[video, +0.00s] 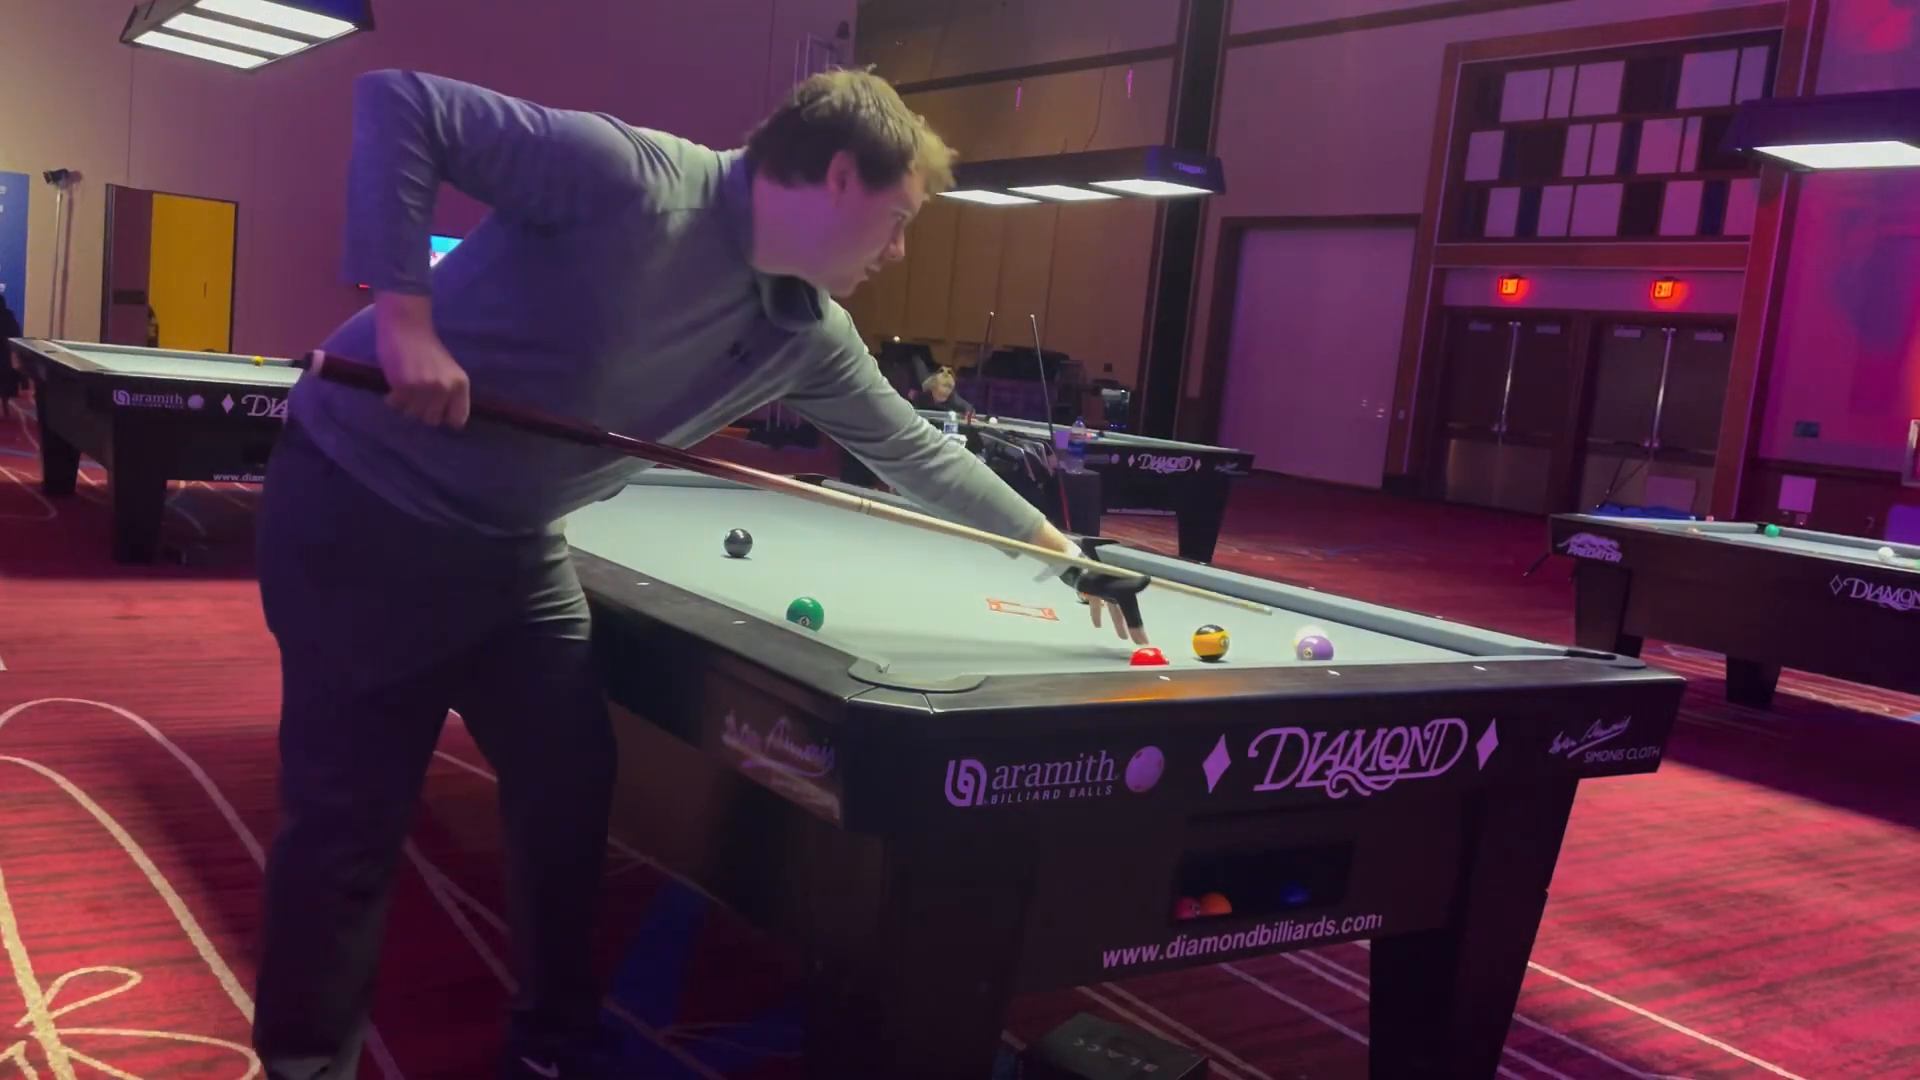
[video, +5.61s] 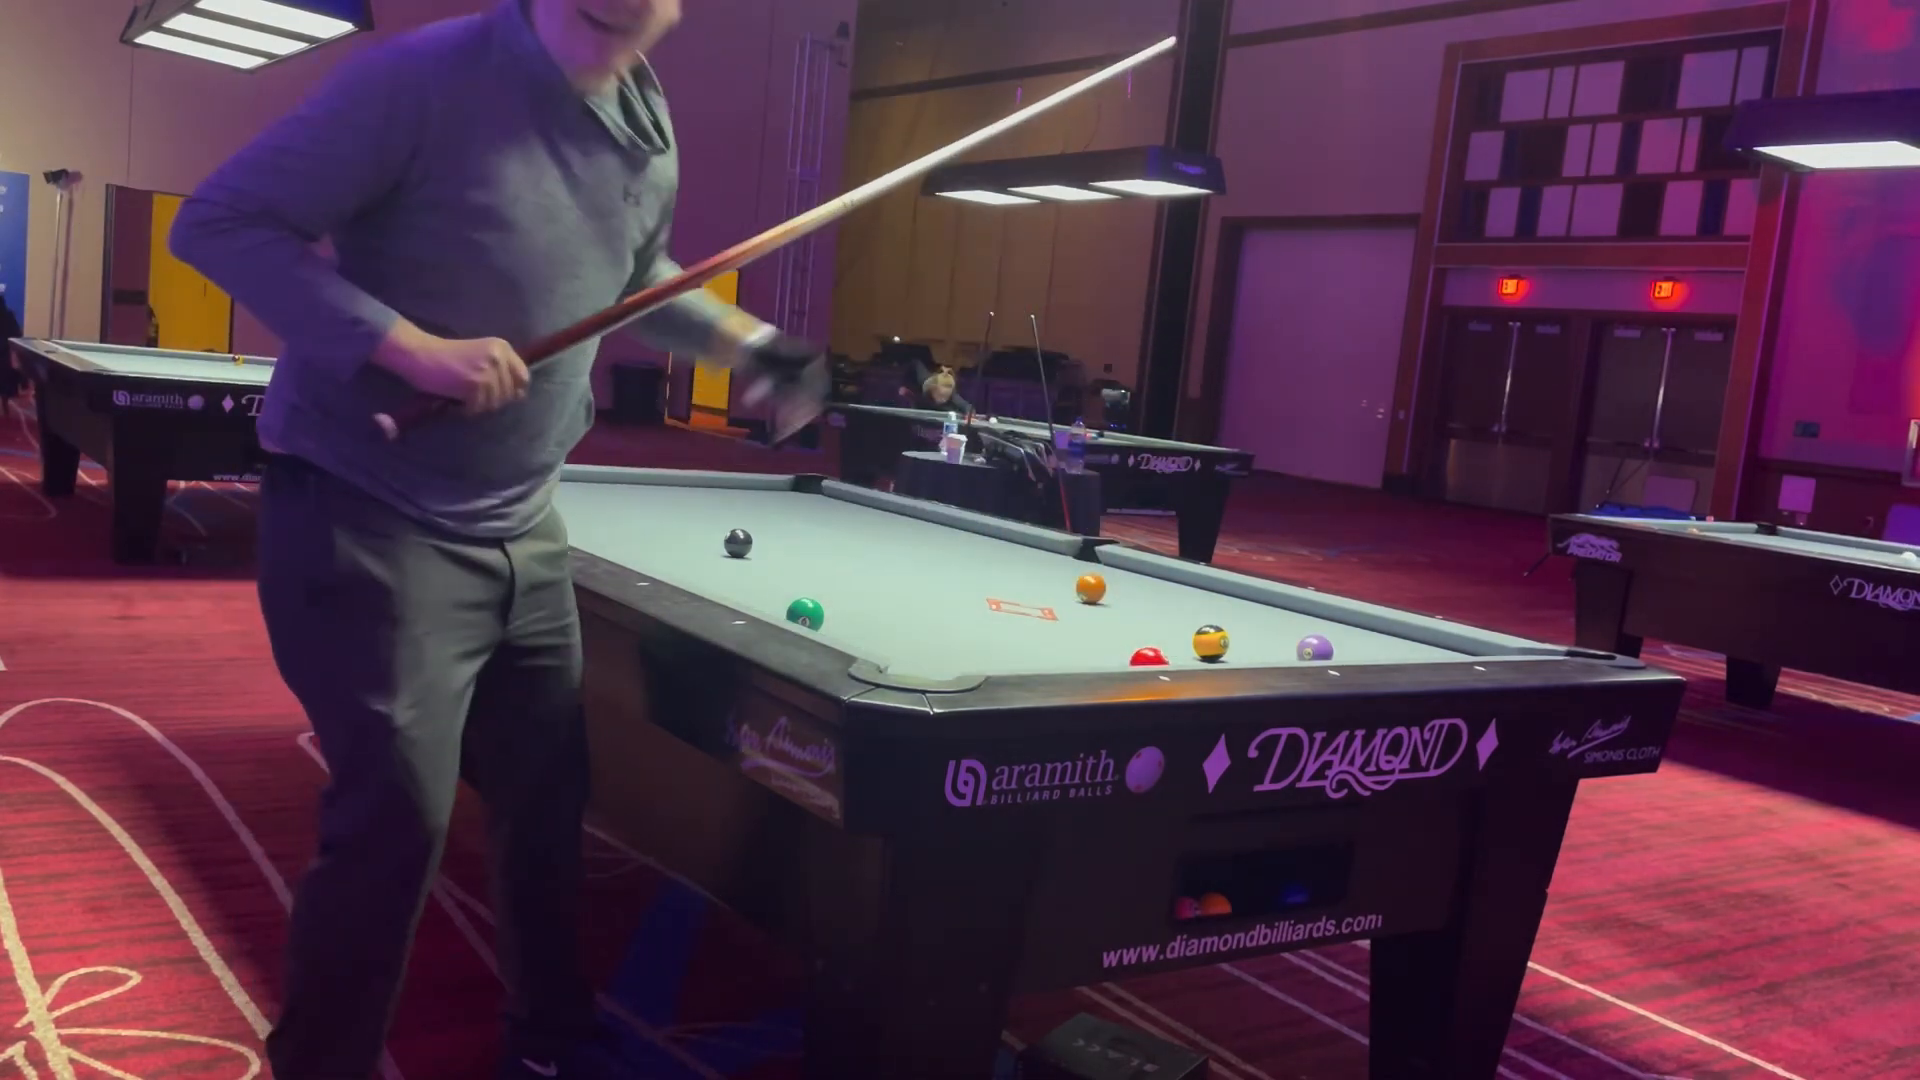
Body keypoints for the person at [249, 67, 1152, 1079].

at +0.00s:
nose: (898, 244)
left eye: (908, 222)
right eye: (900, 214)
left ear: (837, 187)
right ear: (837, 180)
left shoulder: (806, 333)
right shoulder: (630, 179)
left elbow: (918, 450)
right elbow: (402, 103)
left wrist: (1066, 557)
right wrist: (400, 310)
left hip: (514, 537)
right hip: (370, 499)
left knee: (568, 775)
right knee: (346, 821)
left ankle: (553, 1036)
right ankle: (304, 1060)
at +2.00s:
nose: (891, 414)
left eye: (908, 396)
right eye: (903, 385)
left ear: (852, 337)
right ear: (861, 328)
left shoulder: (782, 434)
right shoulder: (680, 243)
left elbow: (909, 519)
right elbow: (531, 68)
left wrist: (1064, 561)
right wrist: (478, 255)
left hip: (483, 529)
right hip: (329, 476)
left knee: (553, 757)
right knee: (311, 818)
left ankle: (549, 1031)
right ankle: (292, 1056)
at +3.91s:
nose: (892, 431)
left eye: (909, 412)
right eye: (903, 400)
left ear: (853, 350)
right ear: (857, 340)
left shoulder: (786, 437)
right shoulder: (682, 248)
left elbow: (909, 524)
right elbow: (537, 73)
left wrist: (1063, 562)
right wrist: (453, 248)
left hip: (485, 533)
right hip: (333, 476)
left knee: (553, 764)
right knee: (311, 825)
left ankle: (547, 1033)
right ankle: (293, 1057)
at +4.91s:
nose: (888, 245)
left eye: (899, 223)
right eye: (883, 212)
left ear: (818, 187)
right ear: (810, 171)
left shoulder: (775, 320)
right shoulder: (631, 184)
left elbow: (879, 412)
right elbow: (393, 187)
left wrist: (1031, 480)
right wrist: (501, 364)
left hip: (488, 526)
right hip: (345, 488)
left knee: (547, 773)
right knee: (340, 820)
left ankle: (552, 1030)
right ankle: (304, 1063)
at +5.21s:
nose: (774, 154)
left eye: (800, 132)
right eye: (762, 113)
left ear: (814, 127)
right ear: (687, 61)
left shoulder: (722, 221)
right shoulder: (544, 122)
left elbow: (819, 293)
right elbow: (318, 197)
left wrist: (965, 326)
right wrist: (473, 346)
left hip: (507, 525)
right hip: (363, 501)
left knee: (558, 776)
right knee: (376, 802)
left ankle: (548, 1038)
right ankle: (312, 1063)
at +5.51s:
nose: (702, 63)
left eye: (730, 37)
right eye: (682, 21)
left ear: (745, 44)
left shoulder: (677, 165)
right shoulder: (469, 96)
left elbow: (717, 261)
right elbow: (261, 227)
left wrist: (872, 294)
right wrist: (439, 352)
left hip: (520, 522)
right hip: (375, 514)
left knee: (551, 791)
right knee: (390, 805)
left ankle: (548, 1032)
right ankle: (317, 1060)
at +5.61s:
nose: (630, 6)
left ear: (676, 12)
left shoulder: (643, 128)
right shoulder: (415, 81)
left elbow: (640, 272)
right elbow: (220, 222)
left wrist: (750, 342)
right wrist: (402, 345)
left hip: (526, 525)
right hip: (374, 522)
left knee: (545, 803)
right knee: (395, 818)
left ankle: (549, 1034)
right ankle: (320, 1064)